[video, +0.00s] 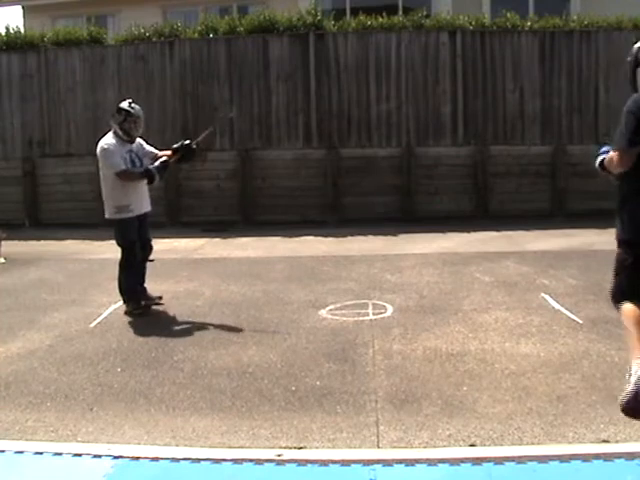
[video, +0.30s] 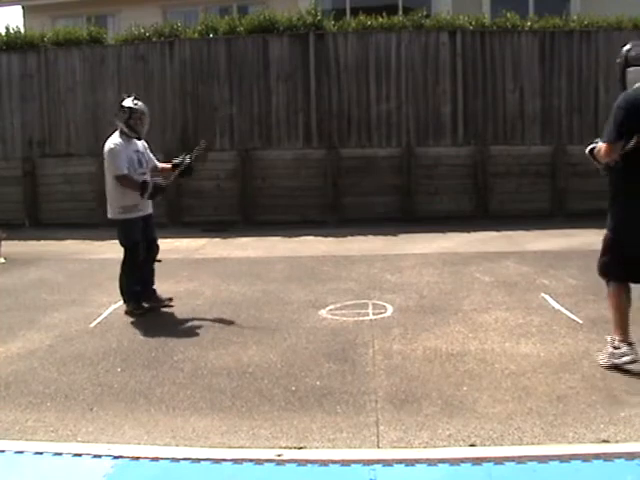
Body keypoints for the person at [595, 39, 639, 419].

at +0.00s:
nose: (633, 73)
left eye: (633, 66)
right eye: (635, 66)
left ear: (634, 69)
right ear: (638, 70)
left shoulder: (637, 104)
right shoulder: (635, 105)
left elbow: (622, 158)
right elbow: (622, 158)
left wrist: (606, 158)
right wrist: (611, 157)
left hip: (634, 226)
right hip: (633, 226)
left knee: (627, 295)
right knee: (627, 296)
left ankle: (637, 368)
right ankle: (635, 370)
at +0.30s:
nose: (626, 71)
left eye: (627, 65)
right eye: (628, 65)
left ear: (632, 67)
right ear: (635, 69)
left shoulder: (631, 101)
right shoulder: (630, 102)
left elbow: (609, 153)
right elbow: (610, 151)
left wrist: (596, 149)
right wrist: (604, 150)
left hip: (629, 210)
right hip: (629, 209)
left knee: (615, 268)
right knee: (616, 268)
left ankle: (621, 342)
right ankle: (621, 342)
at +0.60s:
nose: (589, 92)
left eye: (590, 87)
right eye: (589, 87)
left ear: (596, 86)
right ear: (619, 82)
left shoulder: (595, 118)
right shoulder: (636, 111)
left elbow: (573, 165)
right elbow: (622, 155)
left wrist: (569, 165)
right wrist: (583, 168)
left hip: (605, 211)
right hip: (635, 208)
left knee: (597, 270)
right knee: (633, 274)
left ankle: (598, 331)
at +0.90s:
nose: (568, 88)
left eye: (569, 83)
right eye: (569, 82)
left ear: (576, 83)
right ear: (598, 80)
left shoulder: (576, 114)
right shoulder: (615, 109)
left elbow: (549, 152)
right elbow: (597, 146)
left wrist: (543, 151)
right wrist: (558, 151)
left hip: (584, 202)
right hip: (611, 199)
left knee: (584, 264)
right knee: (598, 259)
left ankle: (595, 330)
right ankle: (606, 321)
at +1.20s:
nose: (546, 96)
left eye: (549, 91)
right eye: (547, 91)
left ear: (557, 93)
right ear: (575, 92)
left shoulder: (567, 121)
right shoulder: (582, 119)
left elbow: (546, 157)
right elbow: (575, 163)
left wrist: (531, 146)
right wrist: (544, 177)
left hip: (566, 205)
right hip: (580, 202)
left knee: (554, 261)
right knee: (563, 257)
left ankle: (588, 313)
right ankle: (564, 309)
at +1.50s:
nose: (522, 94)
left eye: (526, 89)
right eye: (524, 89)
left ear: (536, 91)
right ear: (548, 90)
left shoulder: (552, 118)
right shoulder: (545, 117)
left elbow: (560, 153)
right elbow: (547, 155)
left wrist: (533, 172)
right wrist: (527, 169)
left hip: (545, 199)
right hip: (555, 197)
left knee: (522, 249)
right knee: (559, 253)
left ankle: (534, 303)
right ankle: (564, 309)